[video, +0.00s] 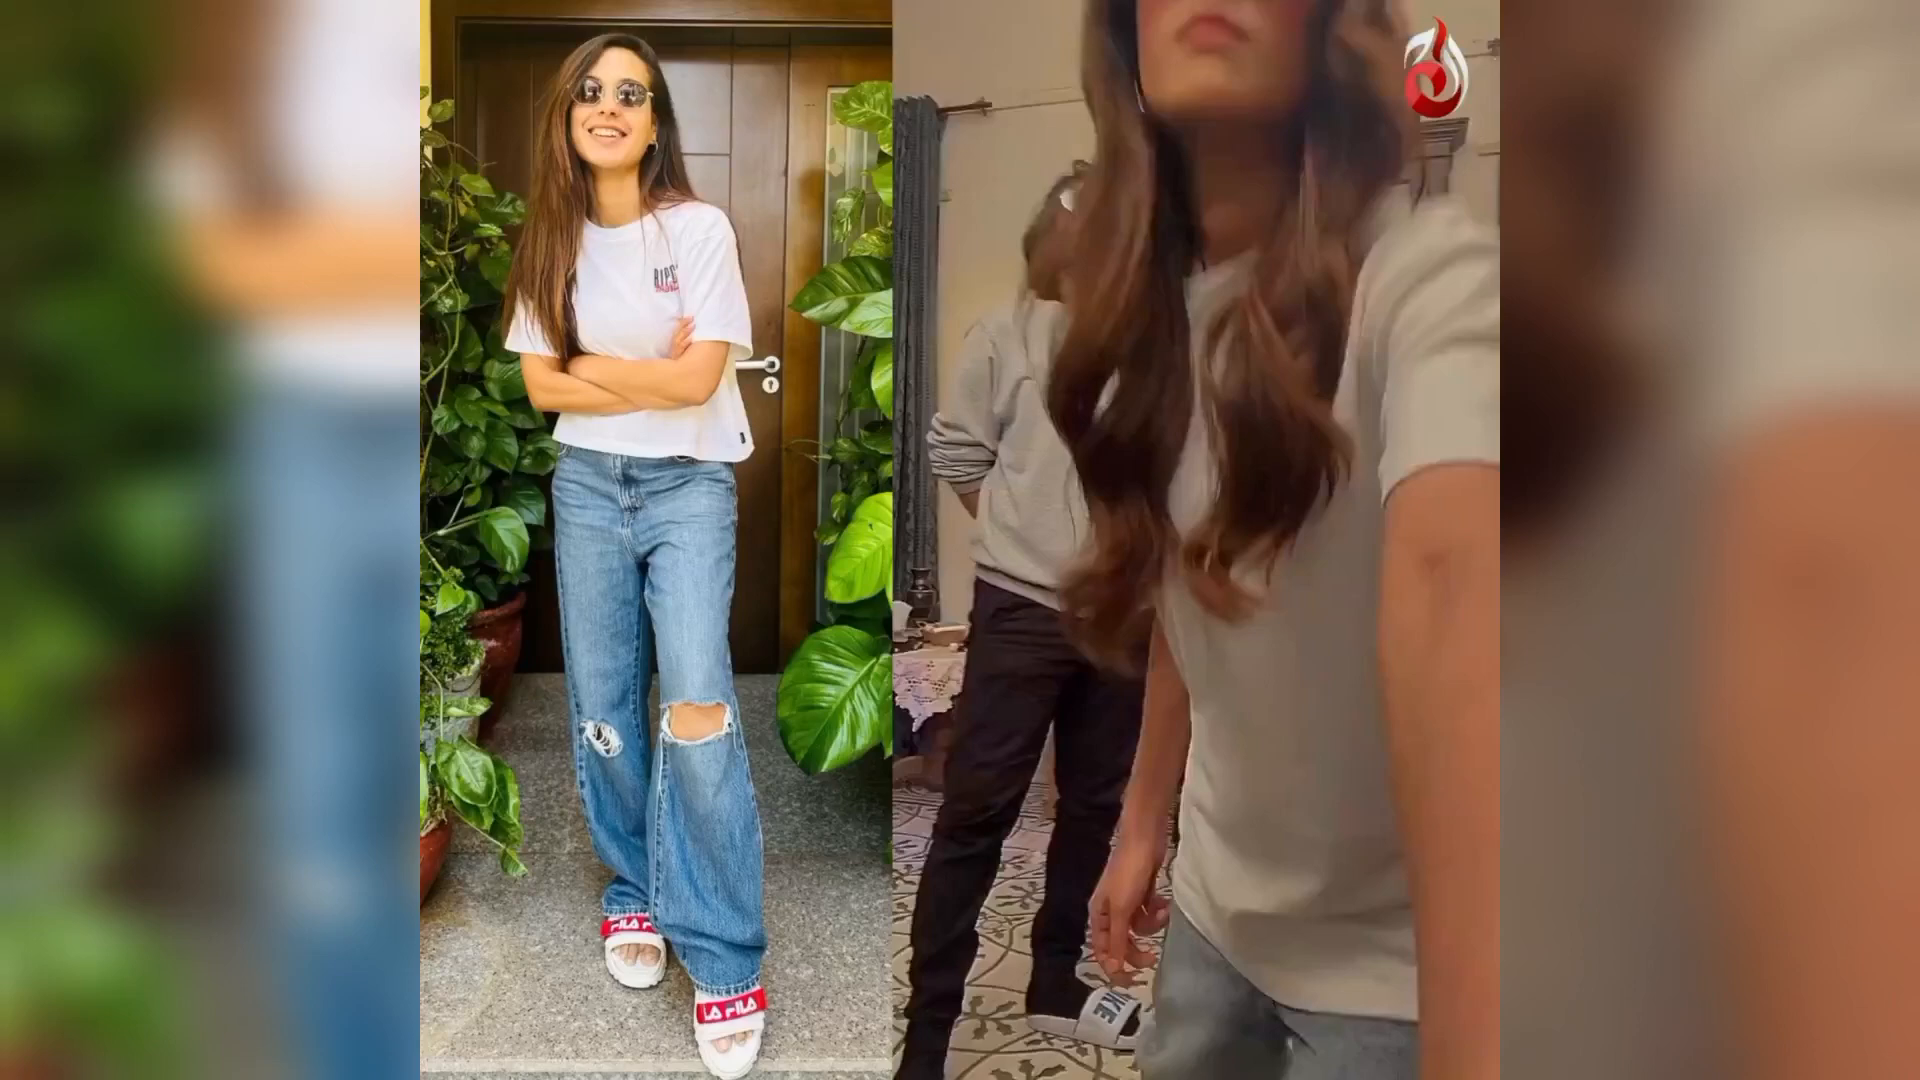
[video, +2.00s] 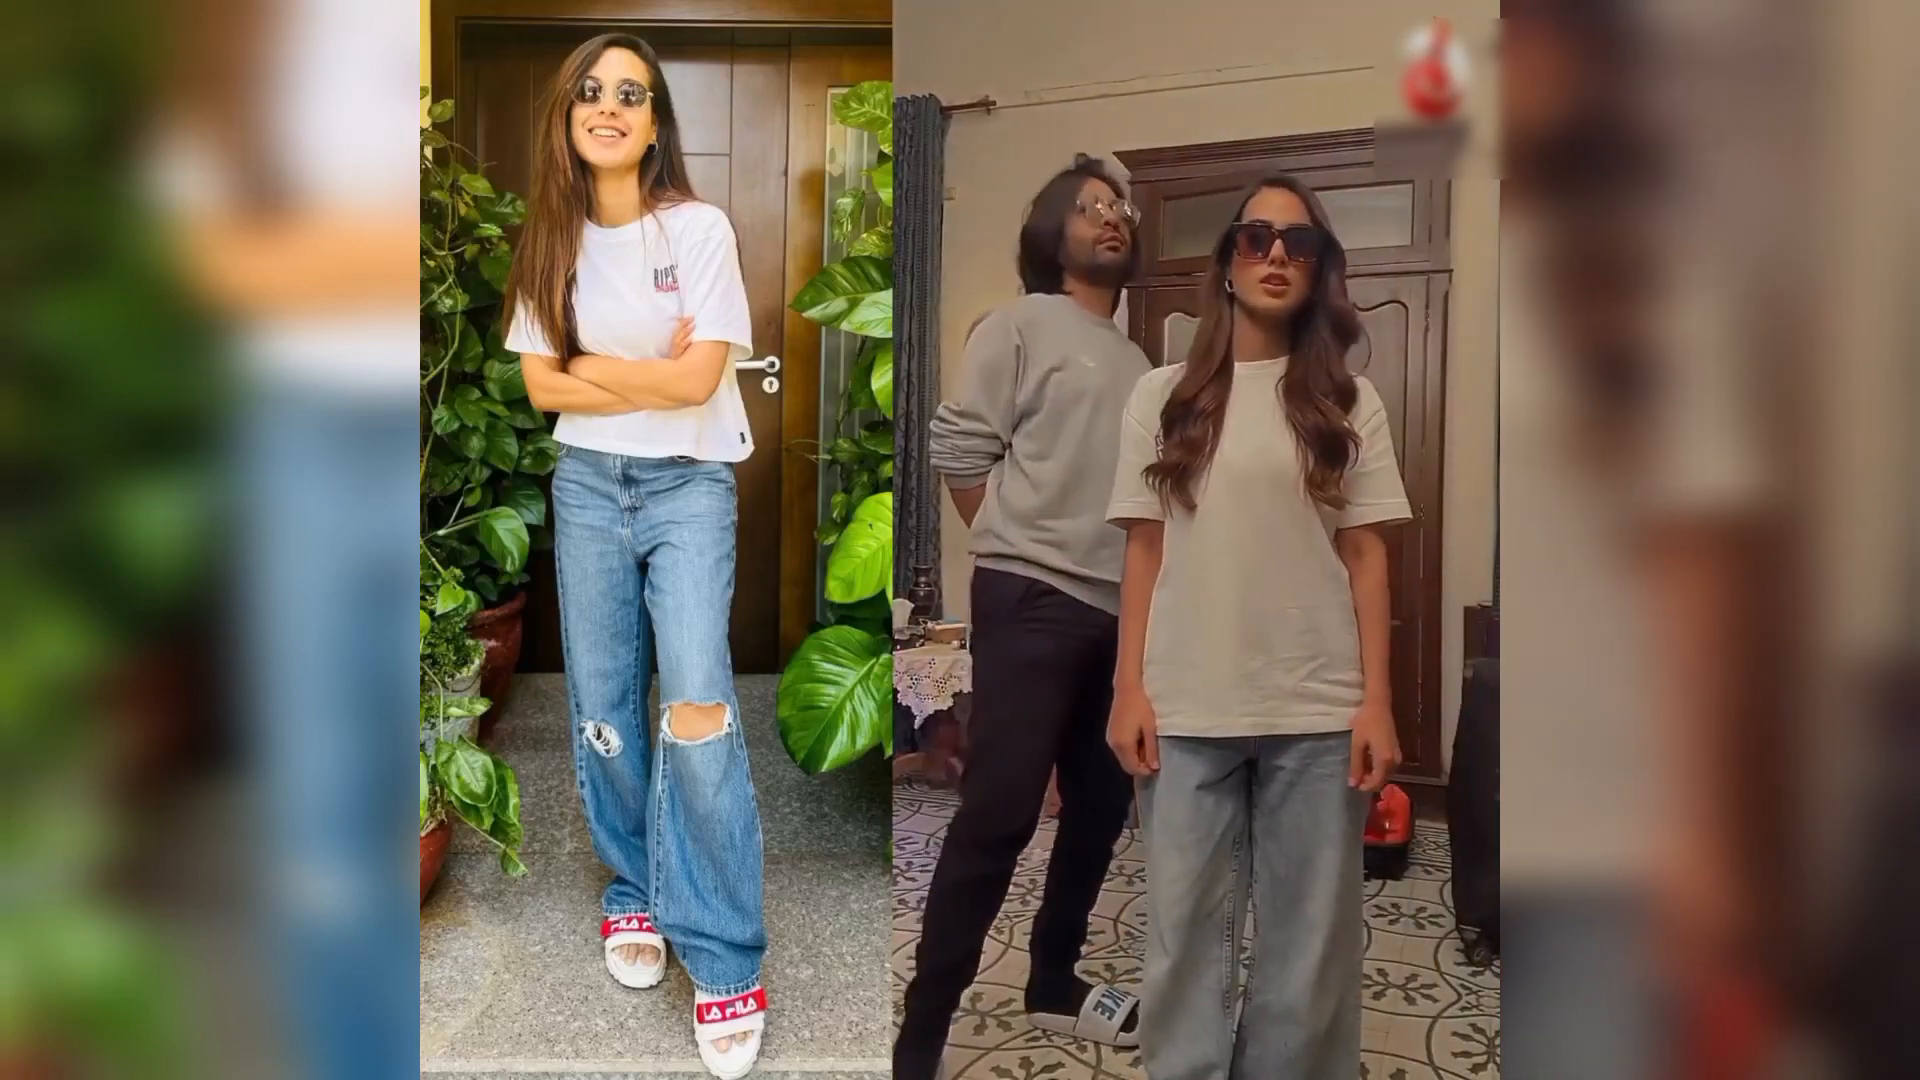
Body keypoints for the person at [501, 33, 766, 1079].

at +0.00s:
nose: (610, 111)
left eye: (630, 98)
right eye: (593, 95)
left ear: (656, 121)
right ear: (566, 116)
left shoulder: (699, 226)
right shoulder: (550, 240)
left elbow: (699, 378)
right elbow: (540, 385)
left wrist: (575, 362)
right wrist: (662, 379)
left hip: (689, 482)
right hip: (585, 484)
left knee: (694, 710)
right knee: (603, 709)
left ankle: (725, 959)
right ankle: (632, 892)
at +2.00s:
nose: (610, 111)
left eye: (630, 97)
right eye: (593, 95)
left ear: (657, 121)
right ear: (566, 117)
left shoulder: (700, 226)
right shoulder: (550, 240)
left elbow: (699, 379)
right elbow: (541, 386)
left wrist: (576, 362)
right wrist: (662, 379)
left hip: (689, 482)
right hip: (585, 484)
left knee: (695, 709)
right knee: (603, 709)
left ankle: (724, 957)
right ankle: (631, 890)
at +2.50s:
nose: (610, 111)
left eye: (630, 97)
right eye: (593, 95)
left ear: (657, 121)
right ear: (566, 117)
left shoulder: (700, 226)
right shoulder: (549, 240)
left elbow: (699, 379)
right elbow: (541, 386)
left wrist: (575, 362)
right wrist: (662, 379)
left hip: (689, 482)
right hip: (585, 484)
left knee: (695, 709)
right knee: (603, 709)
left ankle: (724, 957)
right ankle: (631, 890)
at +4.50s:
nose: (609, 111)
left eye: (629, 98)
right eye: (593, 95)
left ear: (656, 122)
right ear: (566, 117)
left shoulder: (699, 226)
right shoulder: (549, 240)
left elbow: (698, 378)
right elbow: (541, 385)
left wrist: (576, 362)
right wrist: (662, 379)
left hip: (689, 482)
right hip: (584, 484)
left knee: (694, 710)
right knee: (603, 708)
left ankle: (724, 958)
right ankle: (631, 892)